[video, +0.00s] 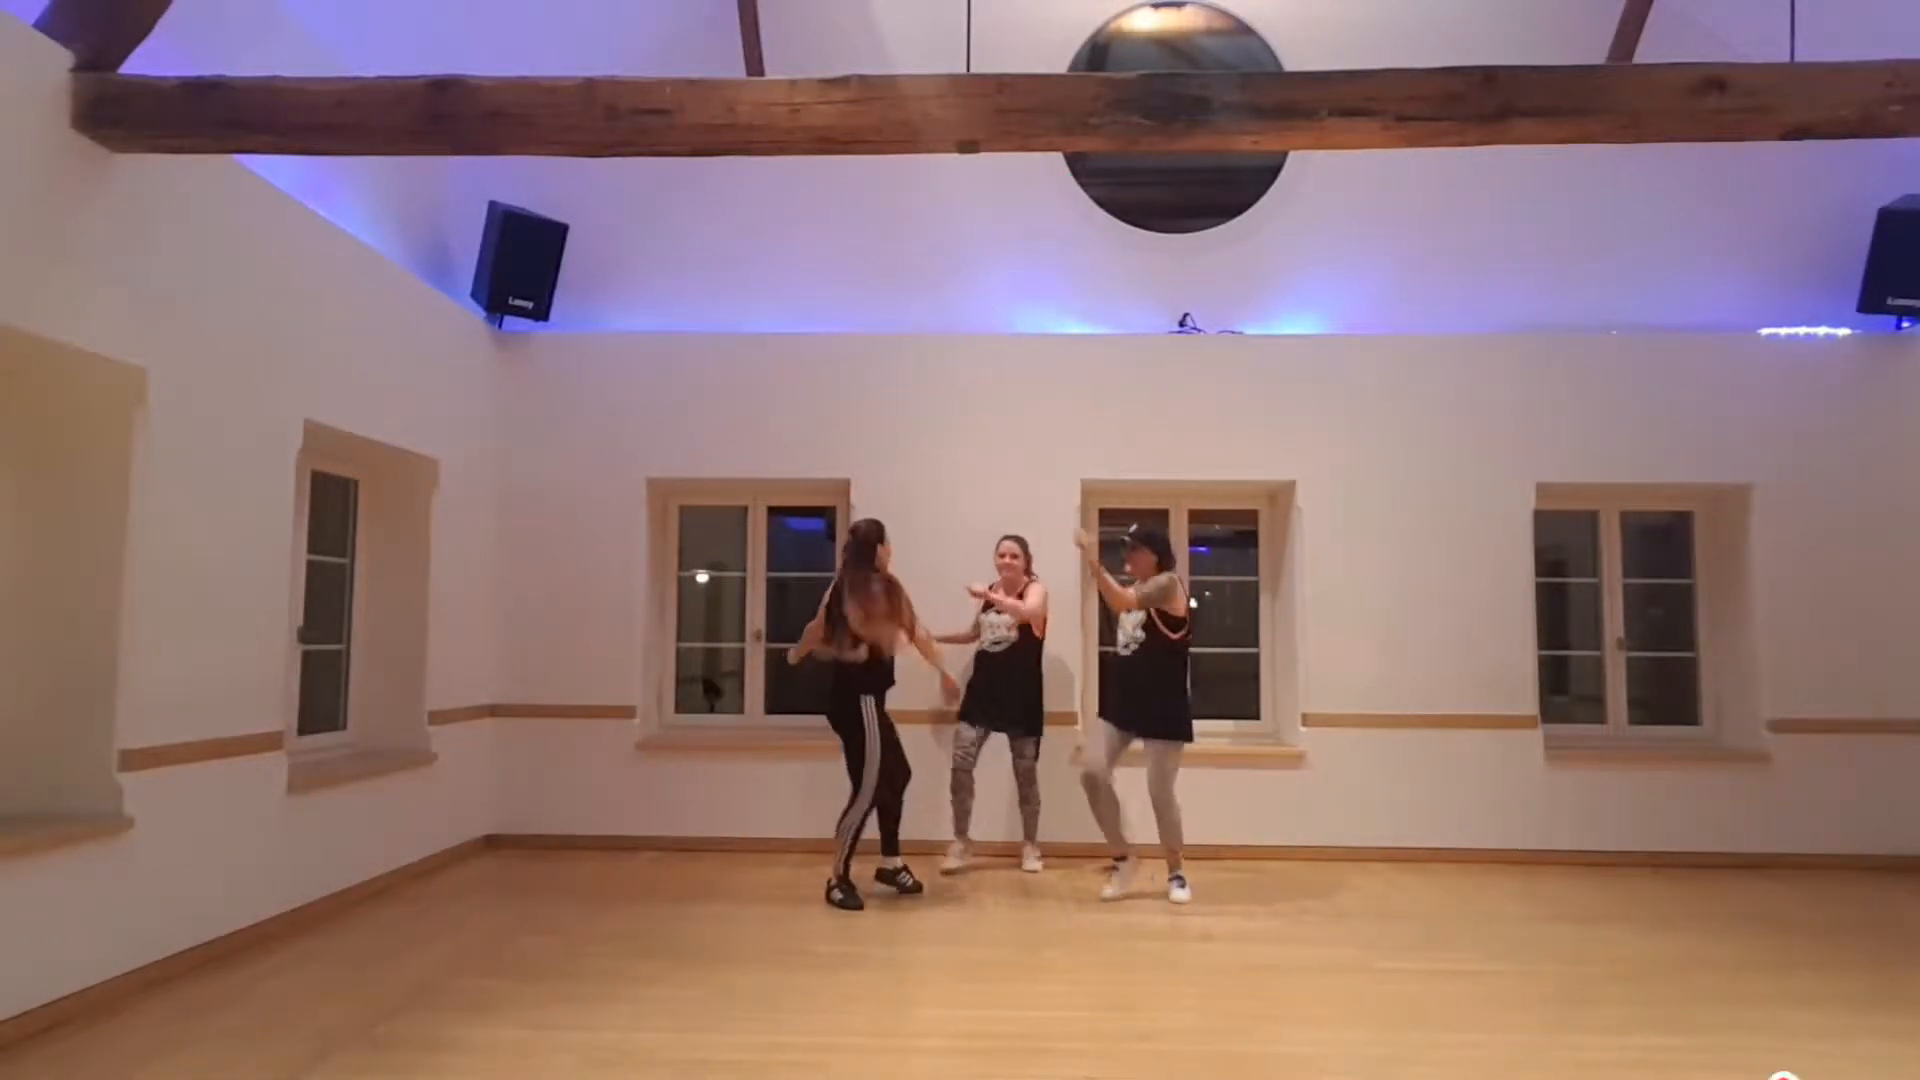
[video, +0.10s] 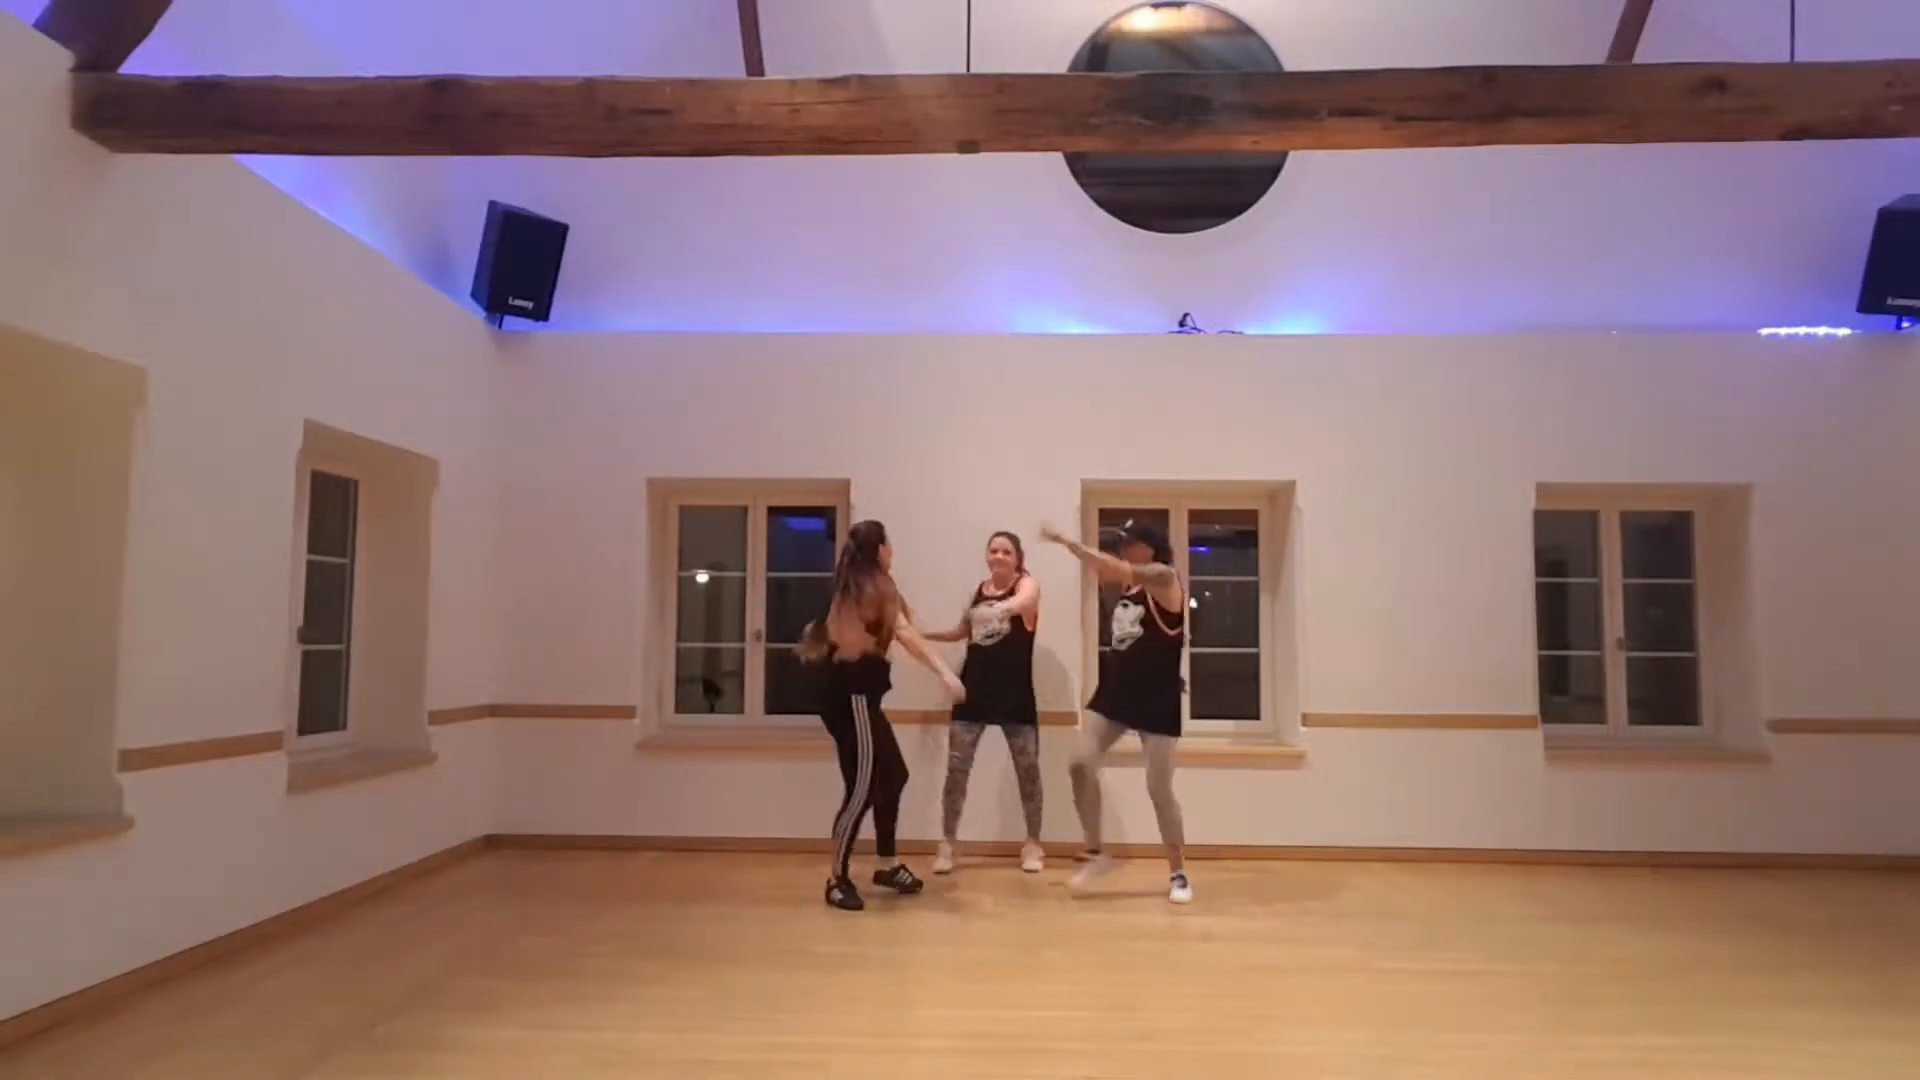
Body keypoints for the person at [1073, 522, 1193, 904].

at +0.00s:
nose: (1129, 558)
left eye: (1136, 551)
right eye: (1127, 551)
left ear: (1157, 555)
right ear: (1132, 558)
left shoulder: (1168, 584)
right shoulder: (1134, 589)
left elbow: (1124, 603)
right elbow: (1117, 603)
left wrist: (1095, 567)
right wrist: (1097, 572)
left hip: (1165, 710)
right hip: (1124, 706)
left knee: (1160, 790)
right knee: (1092, 773)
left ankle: (1176, 874)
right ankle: (1123, 859)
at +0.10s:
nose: (1124, 549)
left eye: (1132, 543)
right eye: (1124, 543)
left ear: (1152, 549)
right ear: (1127, 548)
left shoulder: (1164, 576)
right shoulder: (1123, 586)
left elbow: (1119, 570)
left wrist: (1068, 543)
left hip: (1157, 700)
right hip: (1115, 695)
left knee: (1159, 787)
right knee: (1081, 763)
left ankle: (1178, 875)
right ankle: (1096, 855)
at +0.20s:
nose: (1117, 554)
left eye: (1125, 548)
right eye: (1116, 548)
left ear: (1144, 553)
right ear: (1121, 552)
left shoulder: (1162, 584)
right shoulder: (1116, 588)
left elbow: (1120, 570)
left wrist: (1069, 557)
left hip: (1148, 702)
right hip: (1105, 695)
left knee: (1152, 788)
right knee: (1073, 773)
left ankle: (1178, 875)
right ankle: (1067, 861)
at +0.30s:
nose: (1111, 567)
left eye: (1118, 561)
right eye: (1111, 560)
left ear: (1137, 566)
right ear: (1115, 566)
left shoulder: (1156, 597)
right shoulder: (1109, 599)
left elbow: (1125, 597)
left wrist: (1075, 600)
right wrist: (1063, 602)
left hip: (1135, 714)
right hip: (1092, 706)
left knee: (1143, 799)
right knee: (1060, 786)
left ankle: (1176, 875)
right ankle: (1053, 868)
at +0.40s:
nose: (1101, 585)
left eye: (1107, 578)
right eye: (1099, 578)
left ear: (1126, 579)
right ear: (1101, 581)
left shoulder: (1145, 611)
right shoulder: (1098, 610)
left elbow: (1119, 639)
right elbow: (1087, 655)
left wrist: (1091, 668)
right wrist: (1065, 692)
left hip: (1121, 721)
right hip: (1080, 713)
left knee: (1132, 806)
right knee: (1046, 790)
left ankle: (1173, 876)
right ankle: (1055, 869)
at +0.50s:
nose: (1087, 578)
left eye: (1094, 573)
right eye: (1087, 571)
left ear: (1113, 579)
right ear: (1088, 576)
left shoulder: (1131, 613)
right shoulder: (1080, 605)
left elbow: (1129, 669)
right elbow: (1062, 658)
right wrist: (1032, 679)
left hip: (1106, 718)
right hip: (1065, 713)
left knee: (1125, 805)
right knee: (1040, 792)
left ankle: (1172, 875)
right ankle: (1055, 868)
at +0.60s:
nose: (1073, 568)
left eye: (1081, 563)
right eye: (1074, 562)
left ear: (1101, 572)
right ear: (1075, 567)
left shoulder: (1120, 608)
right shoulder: (1061, 595)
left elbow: (1140, 660)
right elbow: (1034, 634)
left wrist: (1160, 712)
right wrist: (1021, 630)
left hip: (1099, 714)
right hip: (1054, 711)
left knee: (1119, 792)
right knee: (1041, 788)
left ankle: (1163, 869)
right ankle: (1053, 867)